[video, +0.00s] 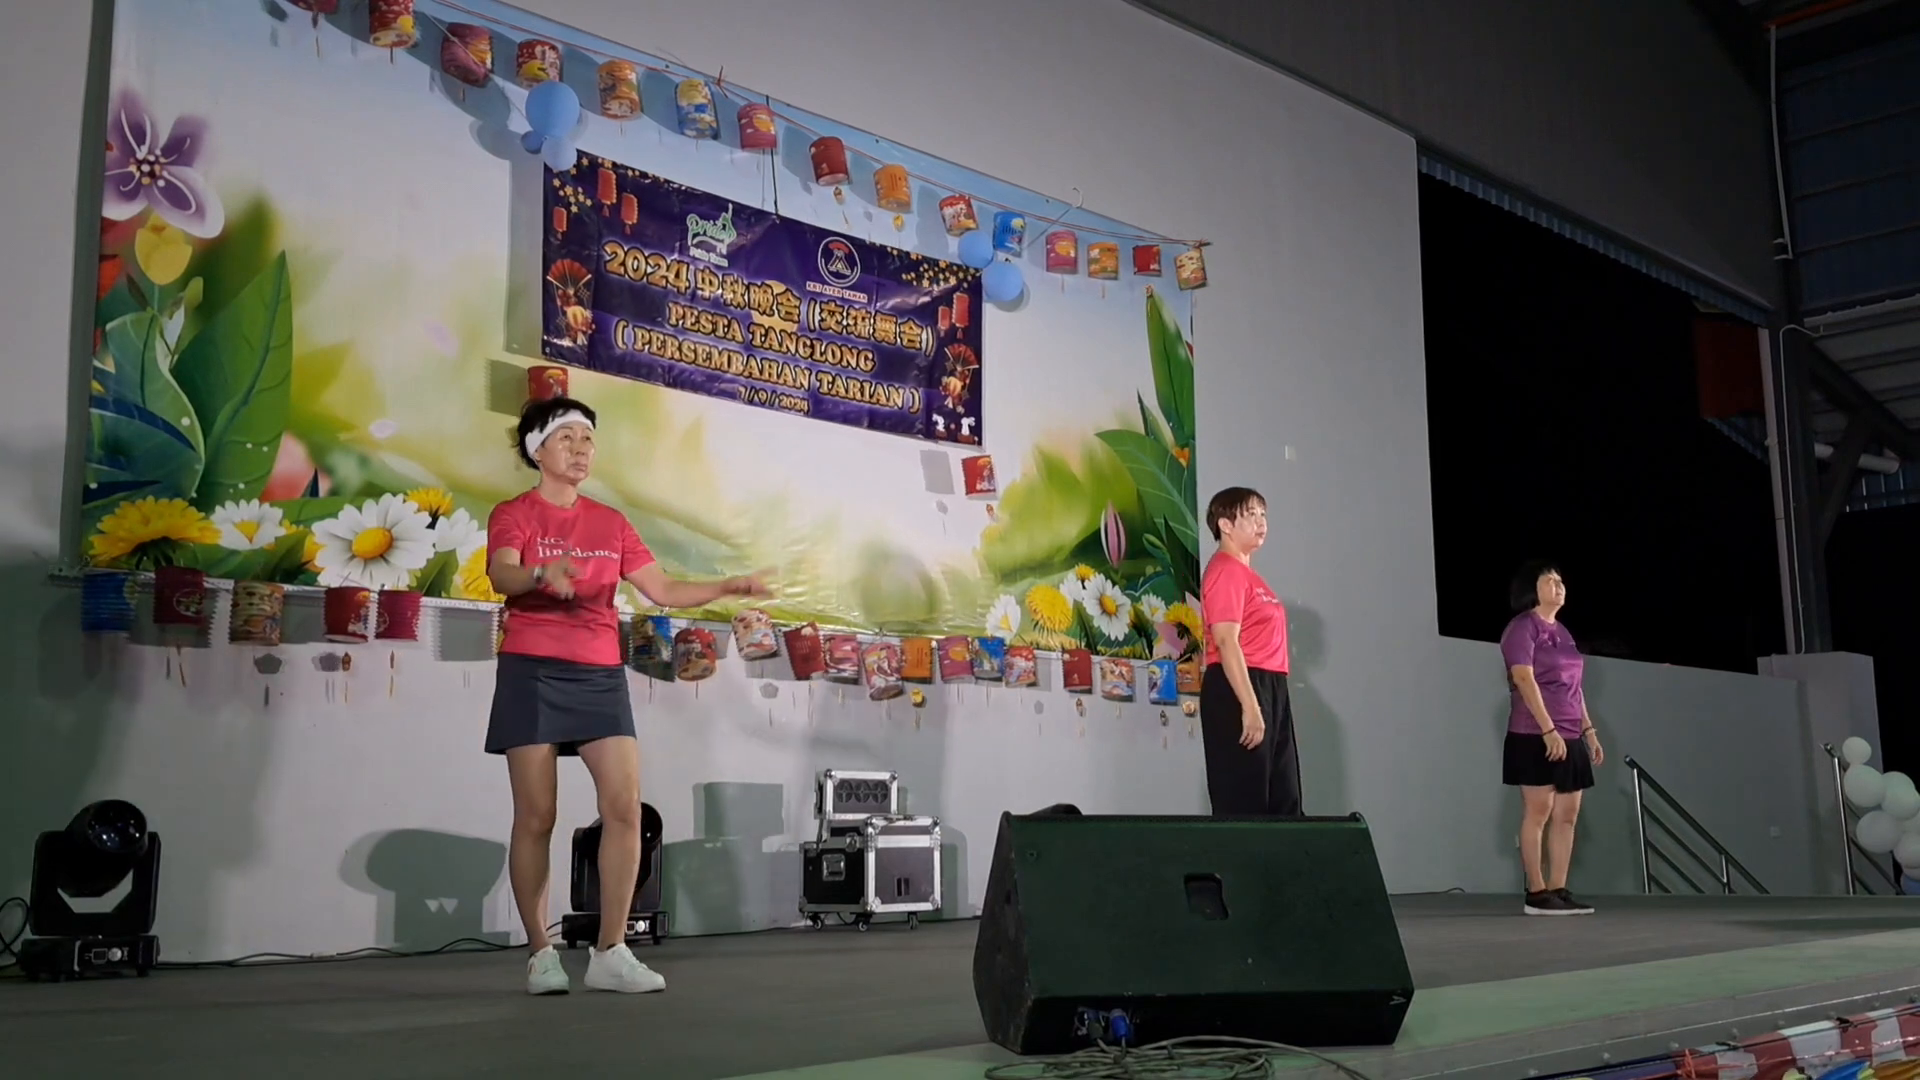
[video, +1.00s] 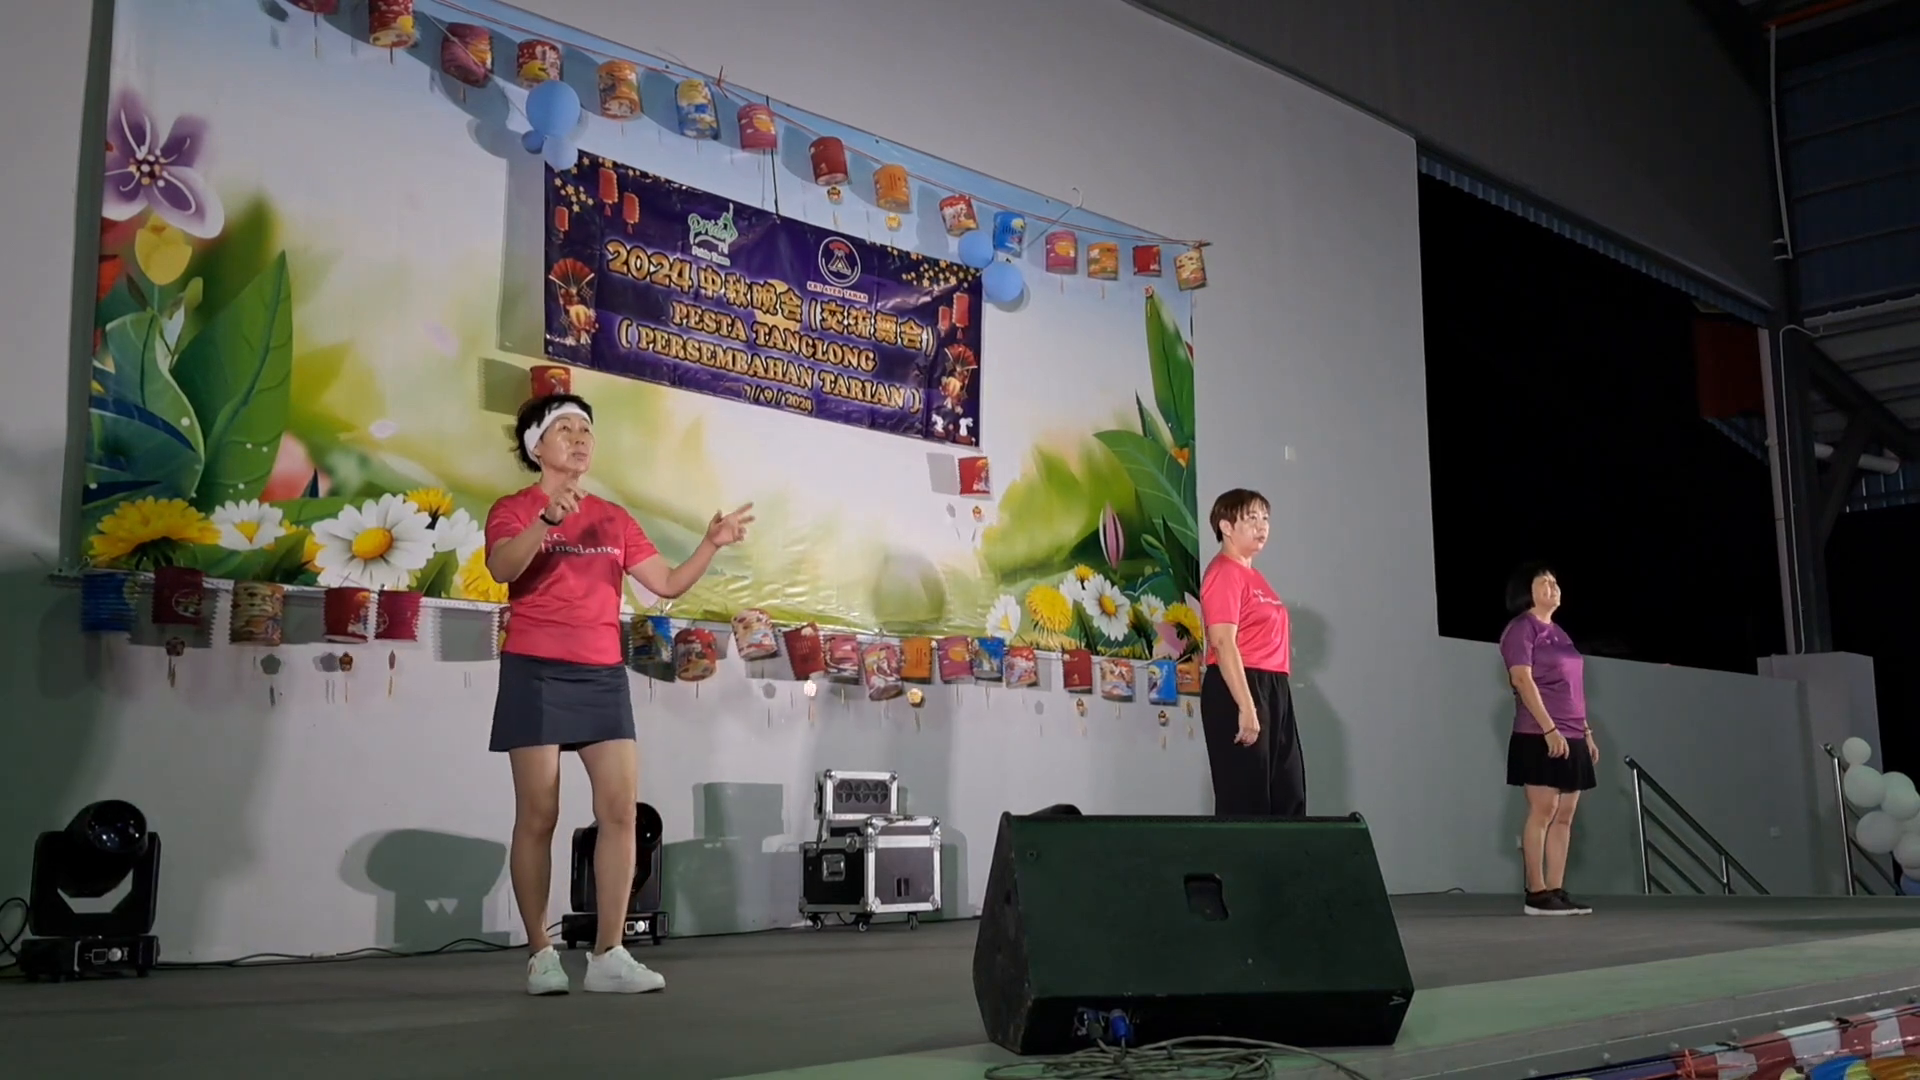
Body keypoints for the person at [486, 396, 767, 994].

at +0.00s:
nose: (580, 448)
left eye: (587, 438)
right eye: (566, 438)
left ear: (593, 450)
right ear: (536, 450)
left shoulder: (611, 523)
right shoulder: (513, 516)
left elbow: (664, 591)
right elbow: (503, 580)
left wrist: (731, 586)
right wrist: (540, 577)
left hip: (600, 676)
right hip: (530, 674)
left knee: (624, 807)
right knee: (536, 816)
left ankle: (610, 950)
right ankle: (542, 950)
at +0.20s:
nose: (580, 447)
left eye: (586, 438)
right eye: (565, 437)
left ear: (593, 450)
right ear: (535, 450)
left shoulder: (610, 522)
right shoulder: (517, 512)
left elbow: (670, 581)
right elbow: (502, 565)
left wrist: (721, 546)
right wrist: (544, 531)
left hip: (603, 675)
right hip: (534, 672)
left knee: (624, 807)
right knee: (539, 814)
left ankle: (610, 951)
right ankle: (542, 949)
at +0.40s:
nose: (582, 449)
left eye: (588, 439)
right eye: (568, 438)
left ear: (594, 450)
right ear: (536, 450)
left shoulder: (609, 520)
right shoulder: (516, 510)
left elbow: (671, 578)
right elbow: (504, 561)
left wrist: (717, 534)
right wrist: (549, 512)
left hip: (606, 674)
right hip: (539, 672)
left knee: (619, 808)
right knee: (546, 813)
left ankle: (610, 953)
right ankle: (542, 951)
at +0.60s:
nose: (582, 448)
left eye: (588, 438)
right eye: (568, 437)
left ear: (596, 449)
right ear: (536, 448)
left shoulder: (609, 521)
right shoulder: (515, 511)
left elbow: (667, 587)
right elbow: (505, 566)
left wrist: (708, 537)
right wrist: (550, 512)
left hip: (603, 676)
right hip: (536, 672)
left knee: (621, 809)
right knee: (542, 812)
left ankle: (609, 954)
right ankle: (541, 950)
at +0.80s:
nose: (579, 445)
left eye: (586, 437)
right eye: (566, 437)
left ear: (595, 450)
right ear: (536, 451)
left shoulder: (611, 522)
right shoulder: (515, 514)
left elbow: (667, 591)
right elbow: (505, 574)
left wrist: (705, 542)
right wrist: (550, 521)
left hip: (598, 678)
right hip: (531, 673)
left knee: (622, 808)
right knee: (537, 814)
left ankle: (608, 953)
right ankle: (541, 950)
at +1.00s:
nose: (579, 440)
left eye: (585, 432)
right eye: (565, 431)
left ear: (593, 448)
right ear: (535, 446)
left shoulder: (611, 518)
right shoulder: (515, 510)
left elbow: (666, 585)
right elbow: (501, 569)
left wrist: (710, 544)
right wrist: (545, 522)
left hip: (603, 675)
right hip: (534, 672)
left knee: (620, 808)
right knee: (539, 813)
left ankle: (609, 953)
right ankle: (541, 951)